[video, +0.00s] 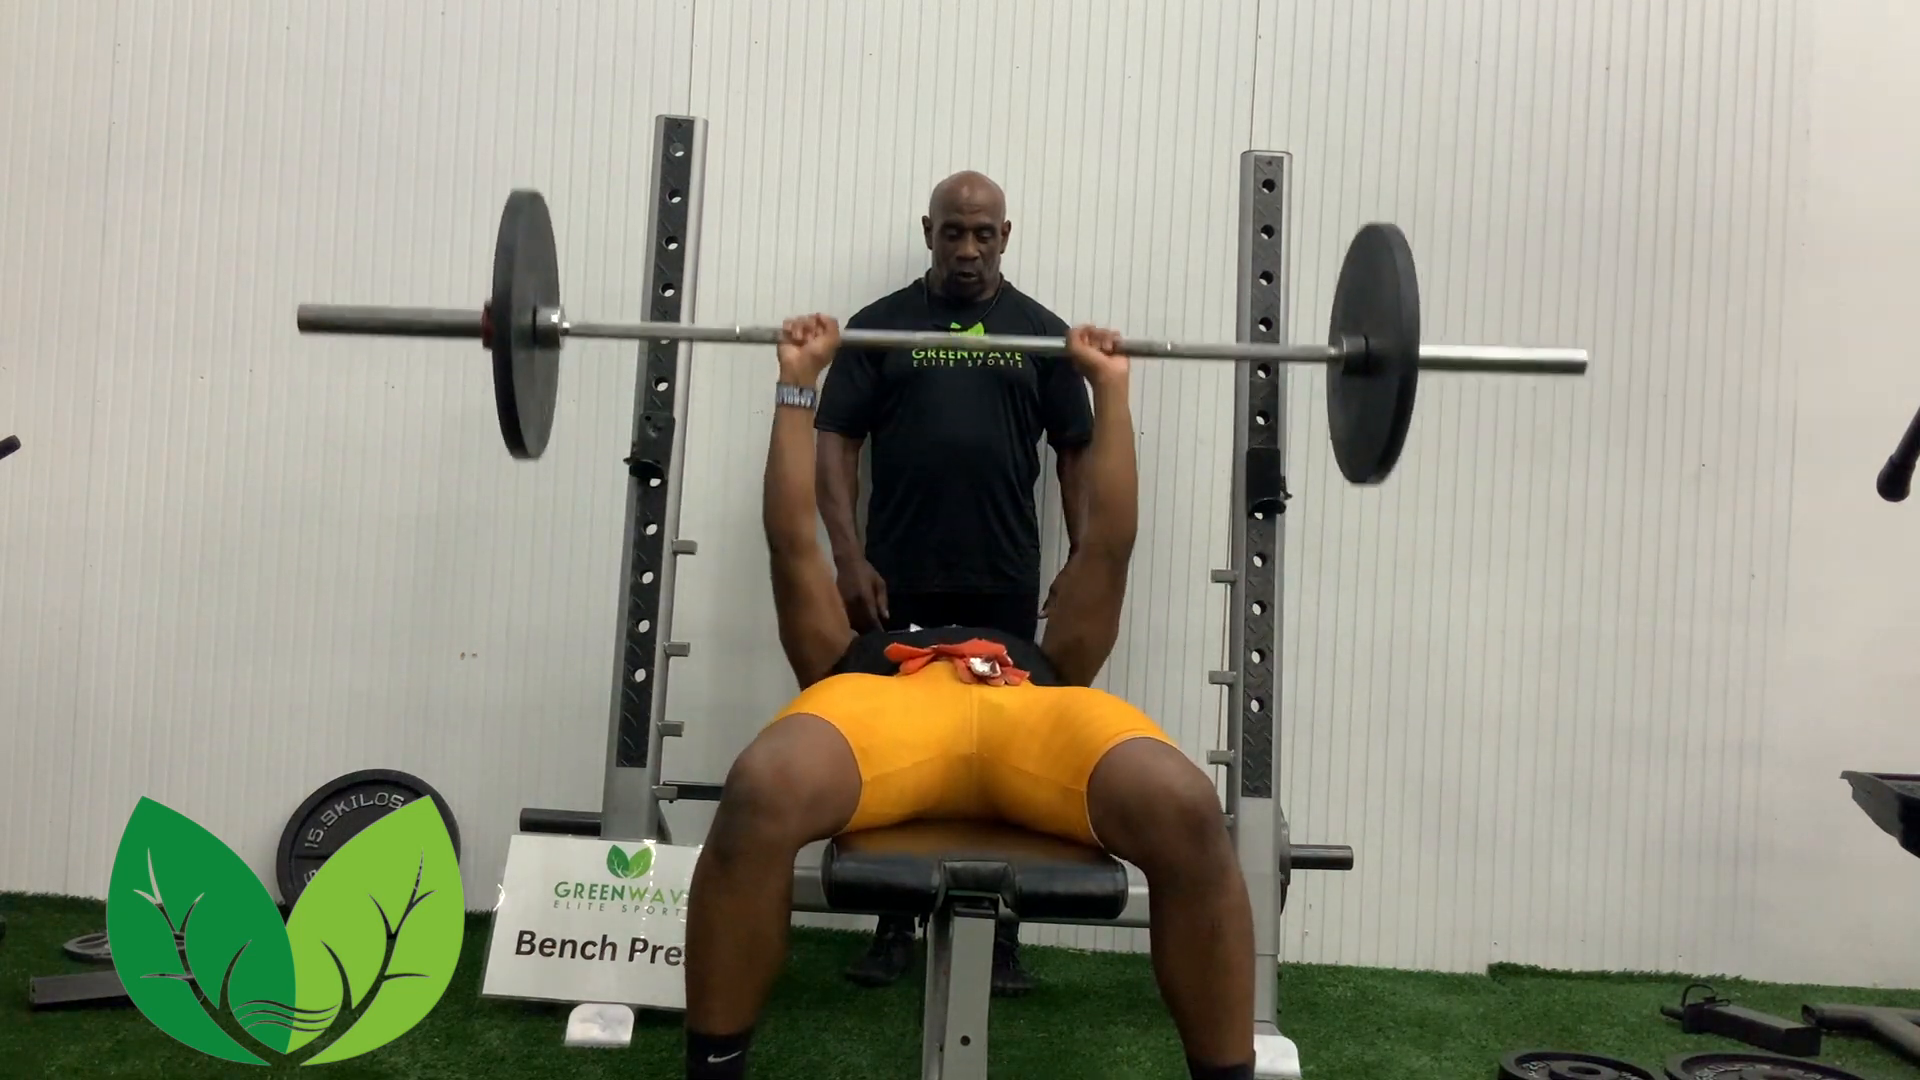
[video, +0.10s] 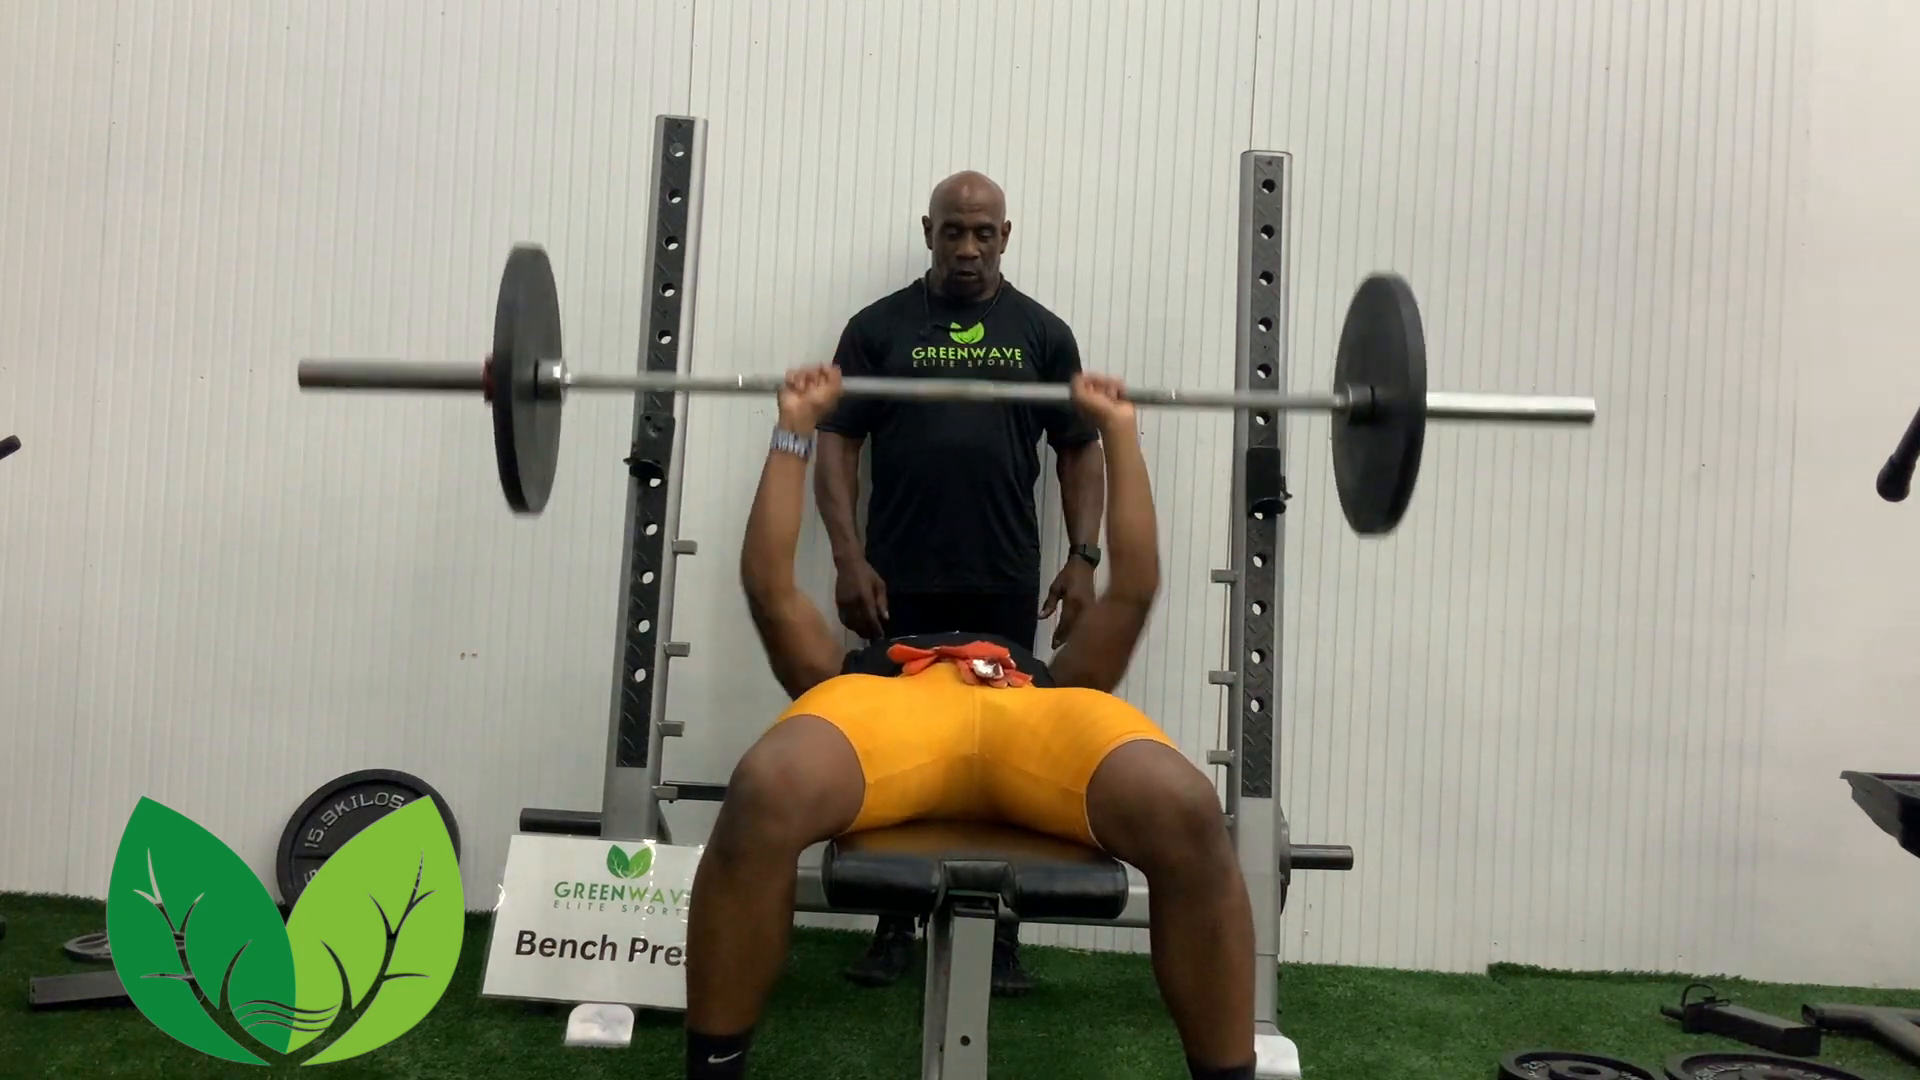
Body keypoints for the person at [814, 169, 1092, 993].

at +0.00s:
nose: (969, 249)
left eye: (986, 235)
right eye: (954, 233)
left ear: (1006, 241)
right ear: (928, 234)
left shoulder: (1044, 336)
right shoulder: (879, 328)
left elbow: (1076, 461)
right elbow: (833, 445)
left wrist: (1082, 561)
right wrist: (847, 556)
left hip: (1008, 582)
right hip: (896, 580)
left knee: (1012, 746)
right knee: (887, 743)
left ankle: (1000, 926)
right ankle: (897, 919)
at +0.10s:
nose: (970, 248)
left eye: (986, 235)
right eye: (954, 233)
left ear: (1007, 240)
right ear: (927, 236)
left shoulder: (1044, 337)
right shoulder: (875, 333)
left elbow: (1077, 453)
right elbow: (835, 447)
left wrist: (1082, 557)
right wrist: (849, 557)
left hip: (1007, 581)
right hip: (900, 578)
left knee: (1012, 758)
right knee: (887, 750)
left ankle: (999, 930)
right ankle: (896, 918)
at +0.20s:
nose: (969, 247)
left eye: (986, 234)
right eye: (954, 232)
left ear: (1007, 239)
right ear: (928, 234)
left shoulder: (1043, 336)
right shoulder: (877, 331)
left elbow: (1079, 458)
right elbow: (833, 455)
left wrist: (1082, 559)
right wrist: (849, 559)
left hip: (1007, 586)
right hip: (903, 583)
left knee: (1013, 752)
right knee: (889, 748)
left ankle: (998, 928)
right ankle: (896, 918)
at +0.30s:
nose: (969, 247)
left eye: (985, 233)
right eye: (954, 232)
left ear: (1007, 239)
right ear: (928, 234)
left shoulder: (1043, 336)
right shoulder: (877, 331)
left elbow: (1079, 454)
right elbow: (836, 449)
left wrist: (1082, 559)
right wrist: (848, 557)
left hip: (1006, 586)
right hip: (902, 584)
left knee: (1012, 752)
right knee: (890, 750)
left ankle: (998, 929)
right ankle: (895, 920)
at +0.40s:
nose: (968, 247)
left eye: (984, 233)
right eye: (953, 232)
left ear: (1006, 239)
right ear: (928, 235)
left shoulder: (1042, 336)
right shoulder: (878, 330)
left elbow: (1079, 453)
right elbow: (836, 451)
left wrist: (1082, 562)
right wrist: (852, 564)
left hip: (1007, 590)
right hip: (902, 587)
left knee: (1013, 761)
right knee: (890, 757)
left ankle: (999, 930)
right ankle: (895, 922)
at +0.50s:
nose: (968, 245)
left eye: (984, 232)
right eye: (953, 230)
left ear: (1006, 239)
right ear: (927, 233)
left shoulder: (1041, 336)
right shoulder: (877, 330)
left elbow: (1078, 450)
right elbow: (836, 451)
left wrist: (1081, 555)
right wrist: (852, 565)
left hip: (1008, 592)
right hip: (899, 588)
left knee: (1012, 766)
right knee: (891, 763)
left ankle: (1001, 931)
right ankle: (895, 925)